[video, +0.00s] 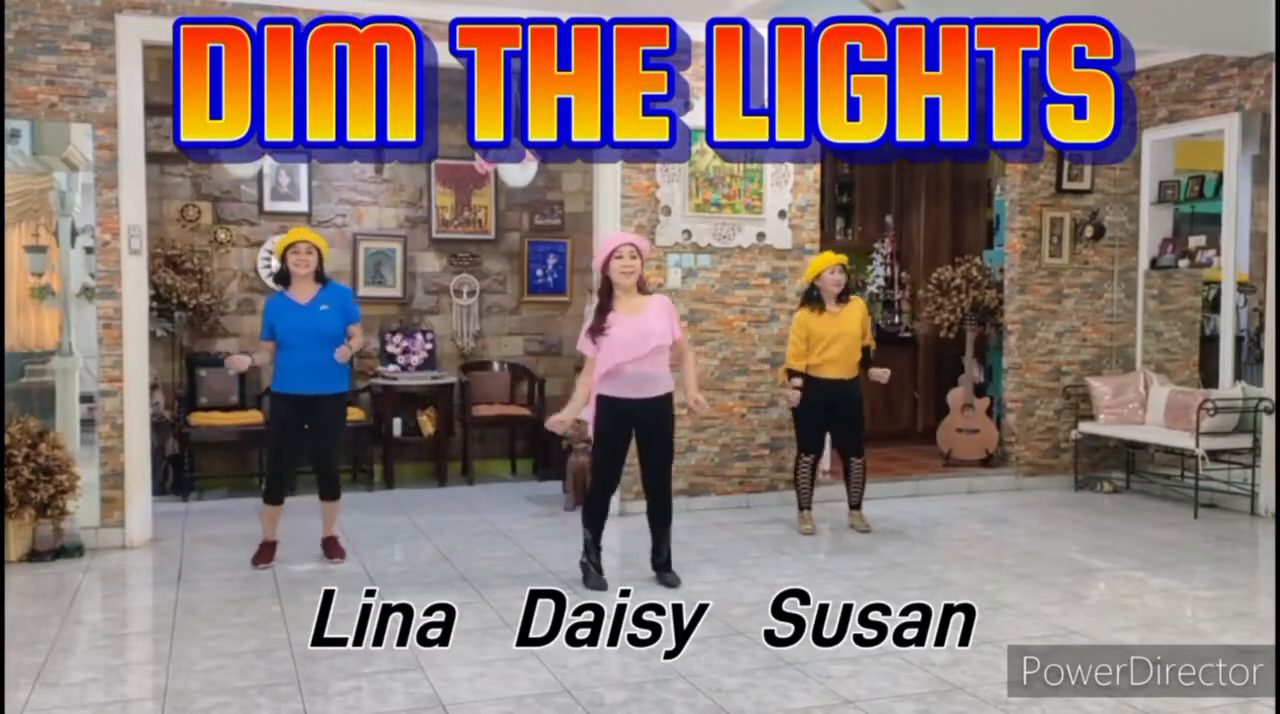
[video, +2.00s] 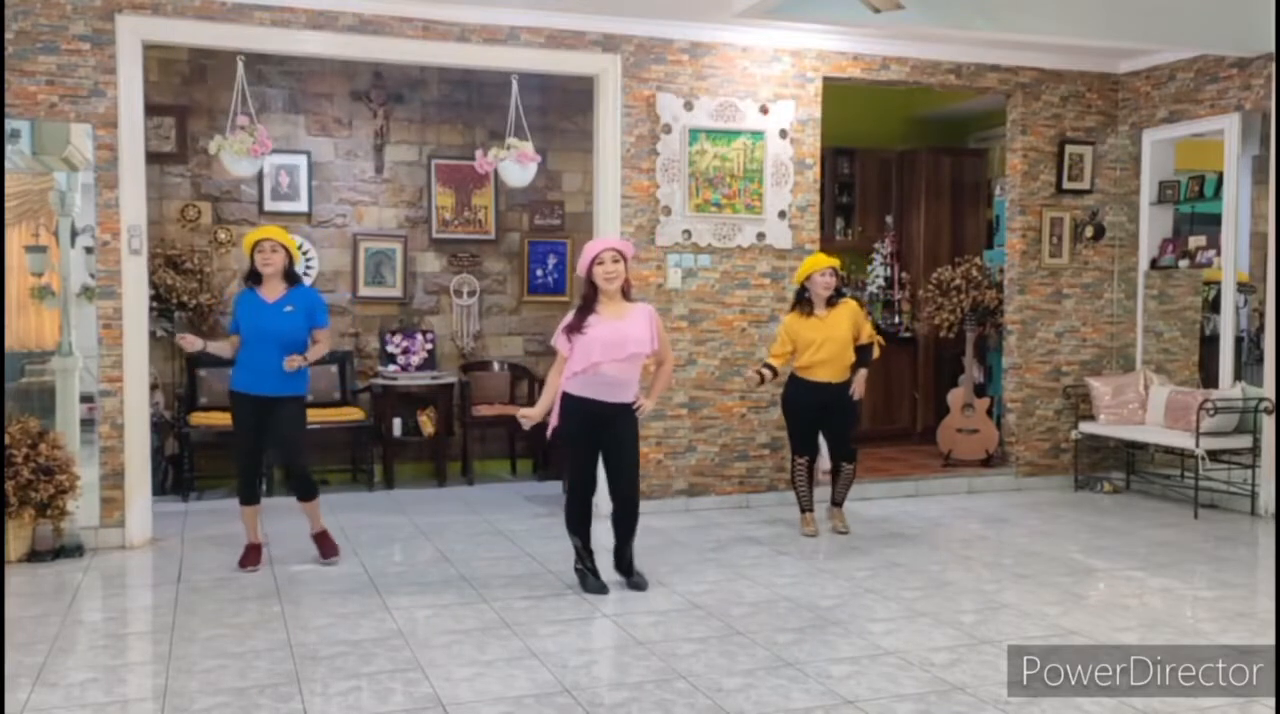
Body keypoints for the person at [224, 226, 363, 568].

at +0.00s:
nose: (302, 258)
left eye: (309, 252)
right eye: (296, 252)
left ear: (319, 259)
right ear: (285, 261)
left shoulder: (339, 294)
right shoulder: (275, 302)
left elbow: (357, 336)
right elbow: (268, 349)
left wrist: (349, 348)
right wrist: (249, 360)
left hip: (330, 395)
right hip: (285, 395)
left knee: (328, 467)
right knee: (277, 468)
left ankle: (330, 536)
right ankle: (269, 540)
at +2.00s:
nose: (267, 256)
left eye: (274, 250)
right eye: (261, 251)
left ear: (288, 258)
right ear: (253, 259)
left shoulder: (307, 297)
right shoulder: (245, 299)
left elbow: (324, 343)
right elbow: (234, 346)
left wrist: (305, 359)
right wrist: (202, 344)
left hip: (288, 396)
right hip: (246, 394)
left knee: (295, 465)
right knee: (247, 468)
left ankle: (318, 531)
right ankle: (253, 542)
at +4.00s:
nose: (267, 255)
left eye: (274, 250)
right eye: (260, 250)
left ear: (285, 258)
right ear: (249, 257)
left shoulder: (299, 302)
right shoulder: (231, 296)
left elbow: (302, 349)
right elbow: (212, 339)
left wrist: (315, 353)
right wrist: (188, 347)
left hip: (282, 398)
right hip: (239, 397)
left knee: (283, 468)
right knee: (246, 468)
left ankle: (277, 540)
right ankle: (254, 542)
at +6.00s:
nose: (295, 257)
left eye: (301, 252)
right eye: (287, 252)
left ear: (310, 262)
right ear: (275, 259)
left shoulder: (314, 306)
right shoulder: (255, 295)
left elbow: (314, 354)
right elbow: (211, 325)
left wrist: (341, 358)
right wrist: (228, 352)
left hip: (297, 399)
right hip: (253, 397)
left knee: (316, 463)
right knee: (258, 469)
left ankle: (322, 537)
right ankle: (262, 544)